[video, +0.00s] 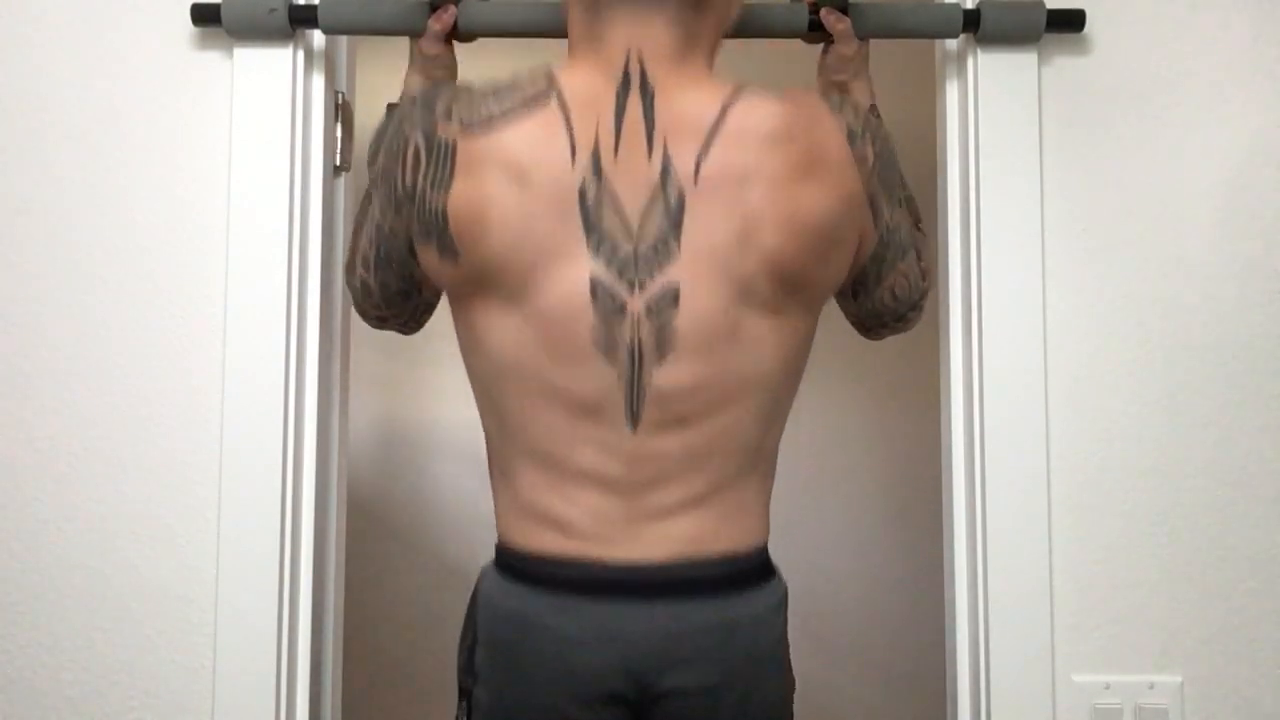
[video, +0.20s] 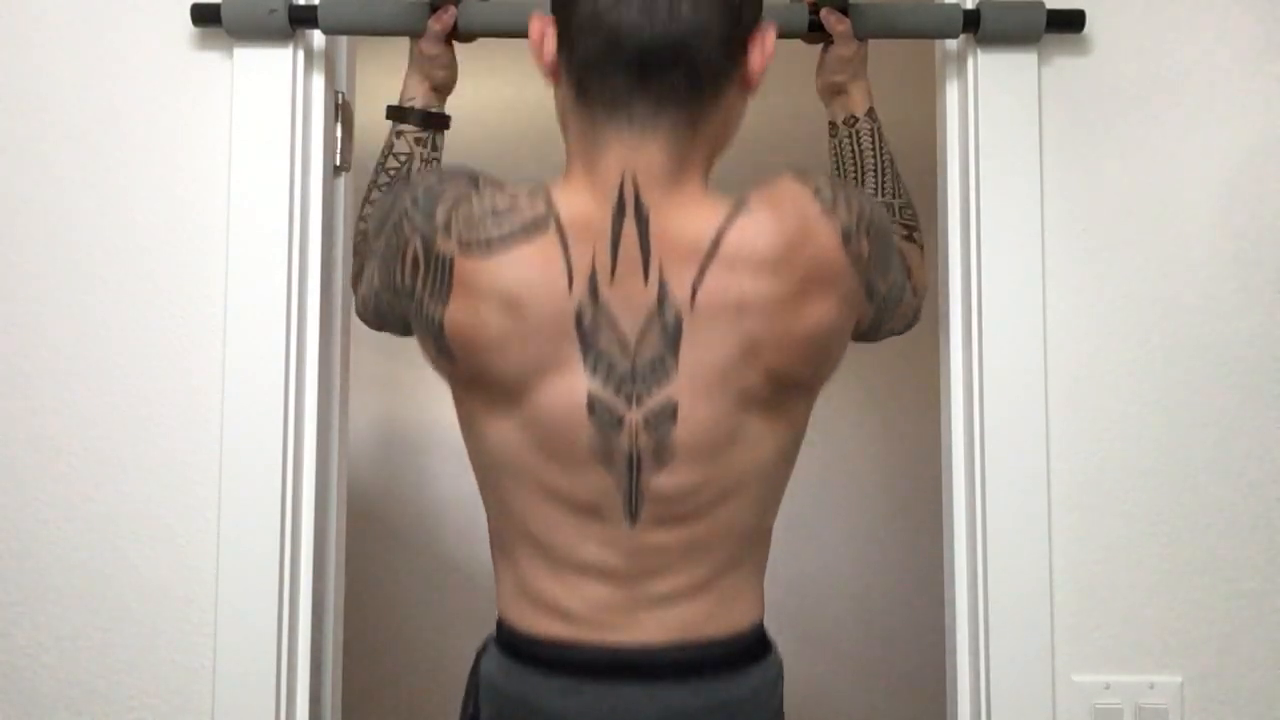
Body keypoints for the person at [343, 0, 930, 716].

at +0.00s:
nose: (732, 13)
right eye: (729, 10)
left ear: (571, 5)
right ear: (724, 7)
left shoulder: (464, 139)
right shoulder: (806, 144)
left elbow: (384, 300)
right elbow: (893, 303)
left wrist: (423, 85)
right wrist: (853, 96)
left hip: (536, 627)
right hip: (729, 628)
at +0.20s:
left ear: (544, 49)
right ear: (756, 59)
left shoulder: (464, 244)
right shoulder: (803, 247)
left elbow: (378, 282)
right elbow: (899, 293)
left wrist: (421, 98)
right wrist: (850, 99)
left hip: (530, 687)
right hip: (725, 688)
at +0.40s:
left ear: (542, 152)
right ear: (751, 161)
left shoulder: (472, 338)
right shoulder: (798, 332)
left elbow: (389, 257)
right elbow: (892, 258)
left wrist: (423, 95)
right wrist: (849, 98)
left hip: (532, 706)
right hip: (722, 706)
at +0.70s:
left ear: (533, 257)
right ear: (743, 265)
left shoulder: (489, 419)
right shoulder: (783, 402)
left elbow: (400, 269)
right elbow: (884, 273)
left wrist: (424, 95)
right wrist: (848, 97)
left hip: (536, 710)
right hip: (724, 710)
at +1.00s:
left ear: (534, 202)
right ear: (749, 205)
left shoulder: (478, 373)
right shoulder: (792, 354)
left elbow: (389, 259)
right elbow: (886, 268)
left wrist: (425, 95)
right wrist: (848, 99)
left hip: (535, 709)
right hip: (721, 708)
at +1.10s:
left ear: (537, 102)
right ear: (752, 105)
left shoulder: (466, 289)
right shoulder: (800, 282)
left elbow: (375, 272)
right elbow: (900, 277)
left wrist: (423, 98)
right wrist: (851, 99)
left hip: (530, 699)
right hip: (724, 699)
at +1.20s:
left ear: (551, 17)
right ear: (748, 20)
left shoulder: (460, 187)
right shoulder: (806, 181)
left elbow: (371, 295)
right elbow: (898, 299)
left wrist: (419, 100)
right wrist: (854, 101)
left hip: (529, 682)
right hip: (725, 683)